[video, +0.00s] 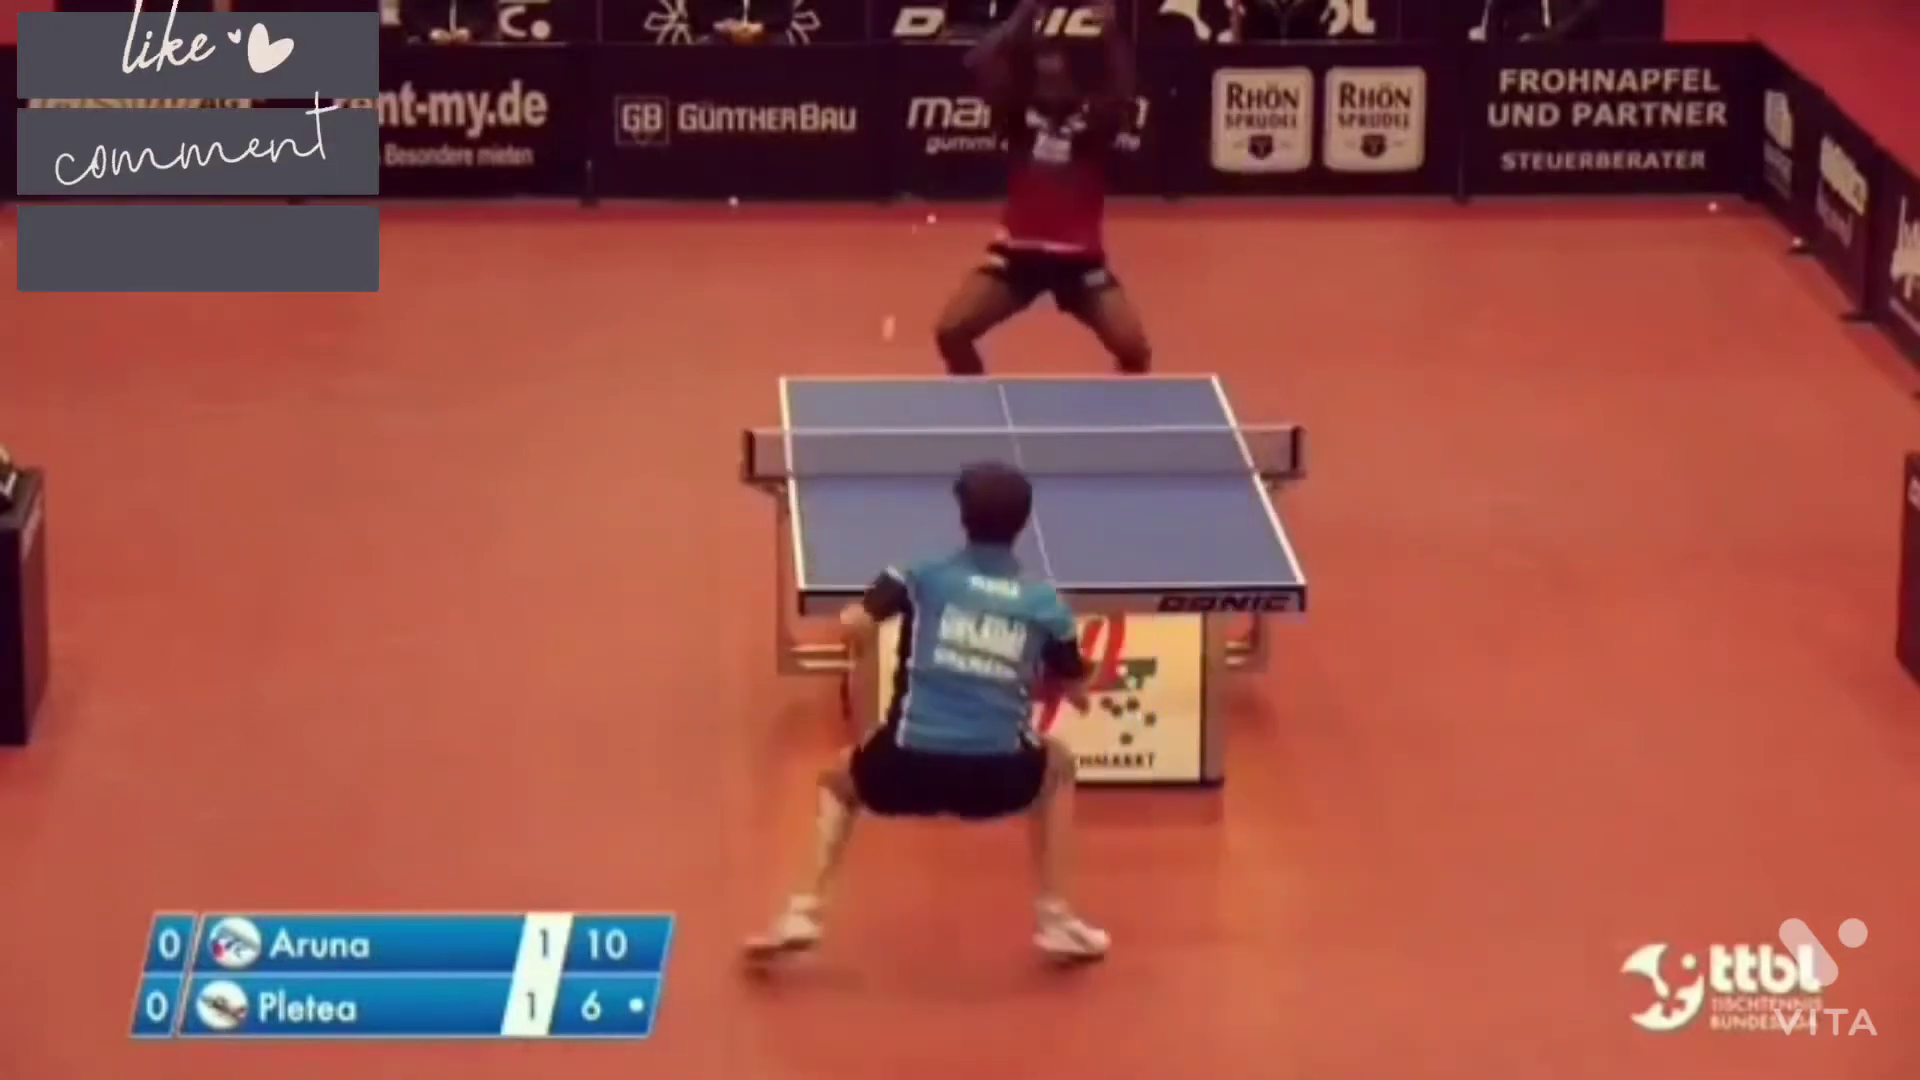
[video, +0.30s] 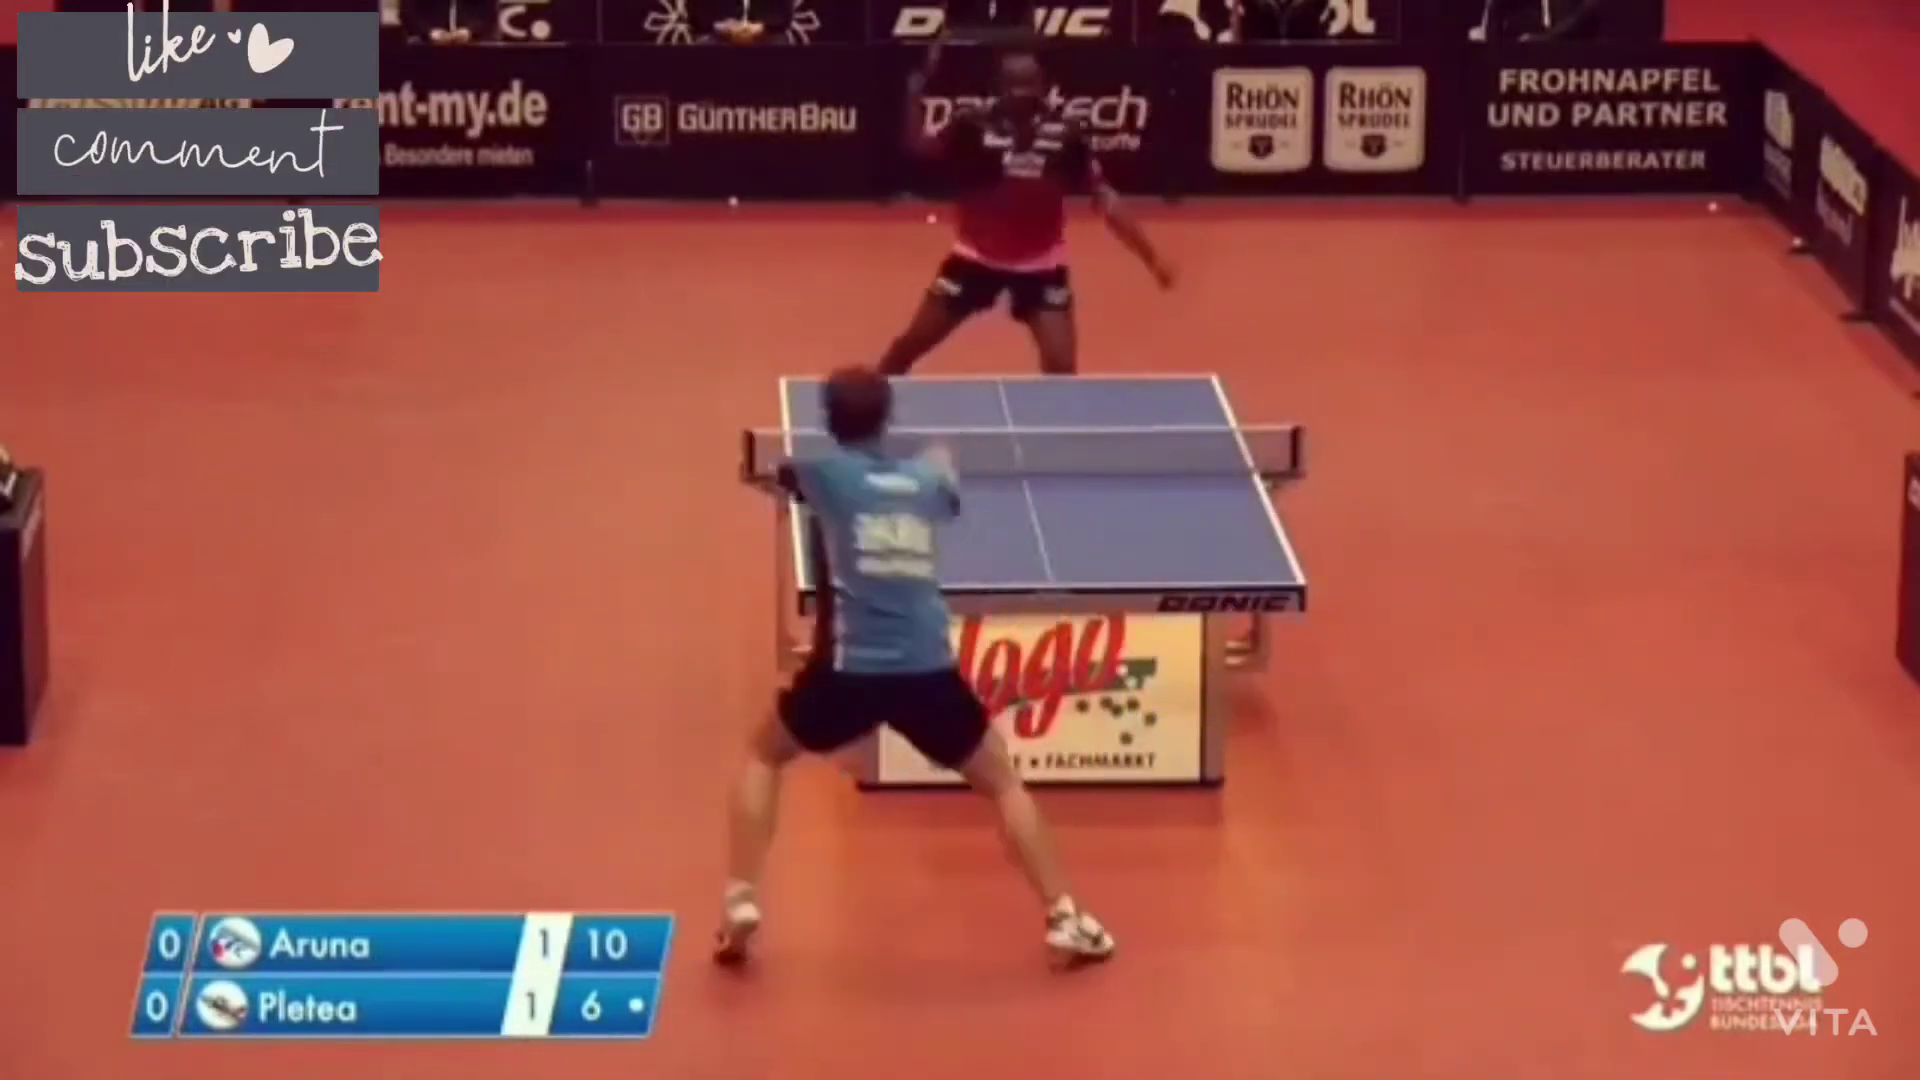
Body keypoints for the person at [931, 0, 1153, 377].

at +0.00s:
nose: (1051, 80)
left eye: (1057, 72)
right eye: (1043, 72)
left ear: (1071, 76)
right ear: (1031, 75)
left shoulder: (1093, 121)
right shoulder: (1017, 118)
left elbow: (1122, 93)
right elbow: (979, 62)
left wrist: (1112, 33)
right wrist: (1025, 13)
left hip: (1080, 263)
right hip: (1017, 258)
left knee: (1135, 350)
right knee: (950, 334)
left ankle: (1134, 423)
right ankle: (984, 418)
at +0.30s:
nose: (1020, 92)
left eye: (1028, 84)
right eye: (1012, 84)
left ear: (1043, 86)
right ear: (998, 85)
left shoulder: (1065, 133)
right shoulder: (973, 125)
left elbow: (1104, 199)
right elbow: (917, 151)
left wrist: (1153, 260)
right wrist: (914, 95)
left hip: (1041, 268)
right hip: (974, 261)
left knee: (1061, 369)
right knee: (912, 343)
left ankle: (1062, 455)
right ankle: (865, 403)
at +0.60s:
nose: (1052, 120)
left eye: (1058, 110)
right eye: (1044, 112)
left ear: (1073, 107)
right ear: (1035, 112)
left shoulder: (1108, 139)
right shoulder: (1025, 148)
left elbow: (1141, 187)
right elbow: (1014, 201)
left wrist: (1142, 238)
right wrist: (1004, 237)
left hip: (1113, 251)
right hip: (1049, 254)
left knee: (1172, 342)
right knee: (985, 331)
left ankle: (1179, 411)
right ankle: (956, 394)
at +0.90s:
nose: (1096, 160)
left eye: (1102, 151)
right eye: (1095, 152)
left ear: (1129, 146)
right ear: (1116, 151)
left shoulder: (1159, 176)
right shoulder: (1130, 183)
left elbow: (1208, 208)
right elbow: (1159, 232)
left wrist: (1208, 260)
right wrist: (1158, 269)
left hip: (1226, 288)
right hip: (1172, 284)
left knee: (1270, 391)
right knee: (1090, 321)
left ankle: (1364, 402)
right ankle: (1052, 404)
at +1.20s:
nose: (1219, 98)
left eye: (1229, 90)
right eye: (1215, 89)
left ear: (1252, 96)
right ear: (1206, 92)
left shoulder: (1277, 137)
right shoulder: (1189, 119)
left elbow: (1339, 152)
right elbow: (1149, 71)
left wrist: (1332, 93)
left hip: (1233, 262)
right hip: (1169, 252)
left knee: (1276, 359)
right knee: (1098, 325)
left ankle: (1350, 404)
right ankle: (1053, 404)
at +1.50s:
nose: (1230, 79)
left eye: (1237, 70)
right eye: (1223, 71)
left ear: (1250, 71)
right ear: (1211, 73)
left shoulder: (1280, 117)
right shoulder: (1192, 112)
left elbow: (1298, 178)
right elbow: (1143, 145)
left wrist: (1285, 223)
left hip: (1260, 242)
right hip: (1194, 238)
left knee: (1310, 333)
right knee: (1128, 317)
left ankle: (1349, 409)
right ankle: (1096, 399)